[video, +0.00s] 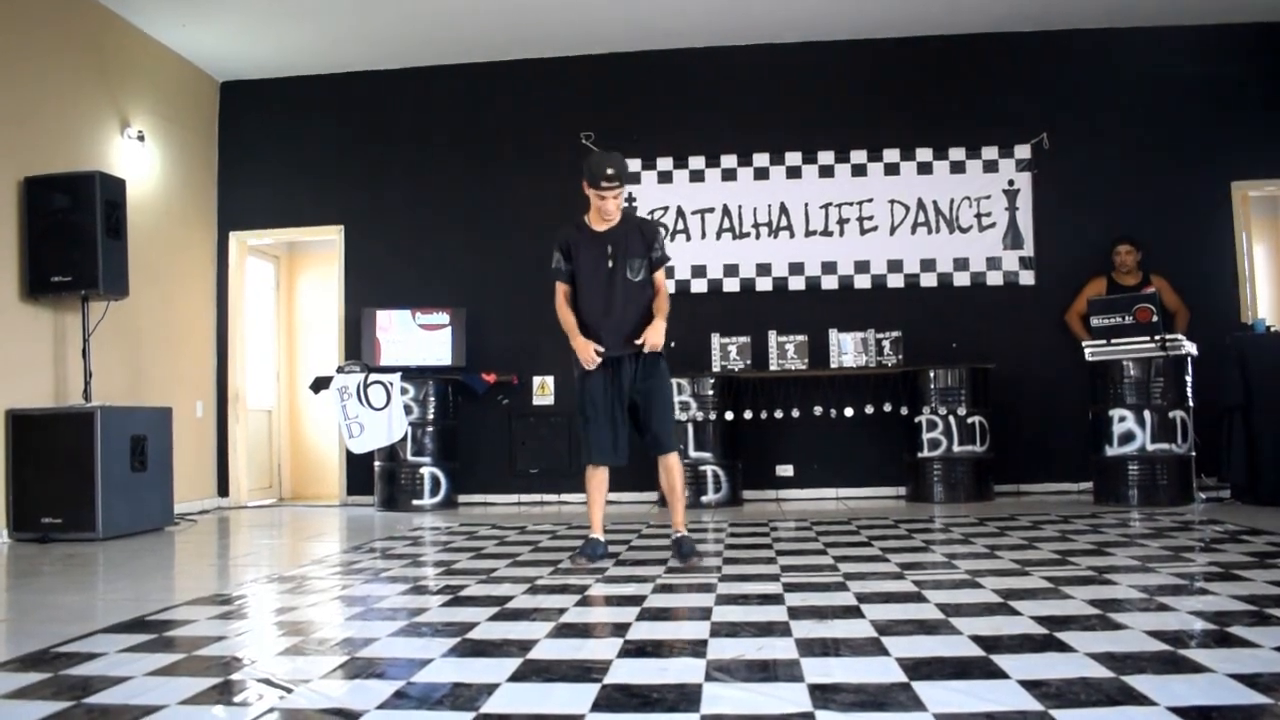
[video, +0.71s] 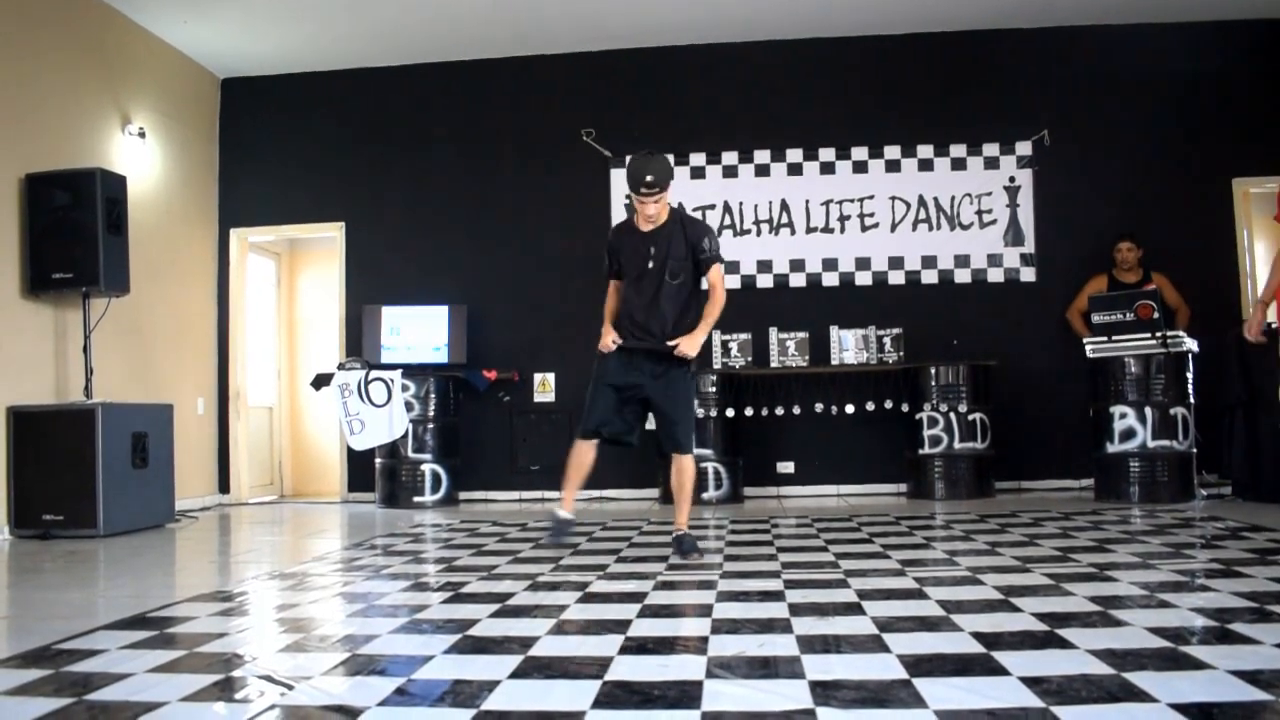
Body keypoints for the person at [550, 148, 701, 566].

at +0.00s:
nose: (611, 205)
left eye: (617, 196)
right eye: (603, 196)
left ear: (626, 192)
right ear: (587, 190)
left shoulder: (646, 233)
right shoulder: (570, 240)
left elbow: (661, 289)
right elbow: (562, 300)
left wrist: (660, 323)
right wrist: (576, 339)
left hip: (646, 357)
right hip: (597, 361)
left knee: (666, 446)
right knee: (597, 452)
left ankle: (680, 533)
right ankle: (596, 538)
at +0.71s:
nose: (647, 209)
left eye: (655, 200)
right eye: (640, 200)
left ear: (668, 193)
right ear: (630, 195)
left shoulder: (695, 233)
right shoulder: (620, 237)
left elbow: (718, 291)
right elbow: (614, 287)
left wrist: (698, 335)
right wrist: (607, 326)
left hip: (673, 359)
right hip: (623, 355)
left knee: (682, 445)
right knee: (589, 430)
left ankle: (681, 530)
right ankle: (564, 513)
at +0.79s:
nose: (646, 212)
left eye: (653, 204)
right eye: (639, 204)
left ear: (667, 196)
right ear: (629, 199)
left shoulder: (697, 236)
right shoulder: (625, 243)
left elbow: (720, 292)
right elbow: (619, 289)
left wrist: (701, 332)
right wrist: (611, 325)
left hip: (682, 356)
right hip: (632, 353)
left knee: (683, 444)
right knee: (588, 420)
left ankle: (681, 532)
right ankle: (552, 456)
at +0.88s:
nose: (643, 210)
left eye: (650, 201)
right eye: (635, 202)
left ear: (663, 193)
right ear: (625, 199)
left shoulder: (693, 230)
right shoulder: (620, 243)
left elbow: (718, 284)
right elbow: (615, 292)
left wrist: (705, 325)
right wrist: (615, 326)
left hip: (691, 350)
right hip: (642, 352)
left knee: (691, 440)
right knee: (621, 420)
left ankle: (686, 530)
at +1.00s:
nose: (640, 214)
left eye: (646, 205)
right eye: (632, 207)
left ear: (660, 195)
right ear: (622, 205)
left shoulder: (691, 230)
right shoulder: (619, 246)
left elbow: (722, 282)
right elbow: (615, 295)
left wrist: (712, 330)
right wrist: (627, 329)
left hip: (707, 351)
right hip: (658, 355)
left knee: (731, 441)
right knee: (649, 440)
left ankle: (759, 521)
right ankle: (657, 527)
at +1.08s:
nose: (640, 224)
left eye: (645, 215)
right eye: (632, 217)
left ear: (658, 213)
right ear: (623, 221)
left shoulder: (691, 245)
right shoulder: (626, 268)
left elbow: (726, 296)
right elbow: (628, 330)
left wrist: (729, 349)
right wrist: (639, 376)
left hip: (716, 367)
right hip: (666, 378)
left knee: (766, 441)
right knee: (653, 451)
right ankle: (658, 530)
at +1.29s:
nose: (675, 235)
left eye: (680, 228)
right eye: (665, 230)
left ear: (689, 233)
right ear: (650, 239)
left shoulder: (722, 262)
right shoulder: (658, 297)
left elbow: (758, 315)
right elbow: (670, 362)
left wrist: (774, 371)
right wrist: (684, 347)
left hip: (761, 379)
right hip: (711, 389)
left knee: (816, 447)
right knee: (682, 460)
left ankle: (862, 522)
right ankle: (662, 532)